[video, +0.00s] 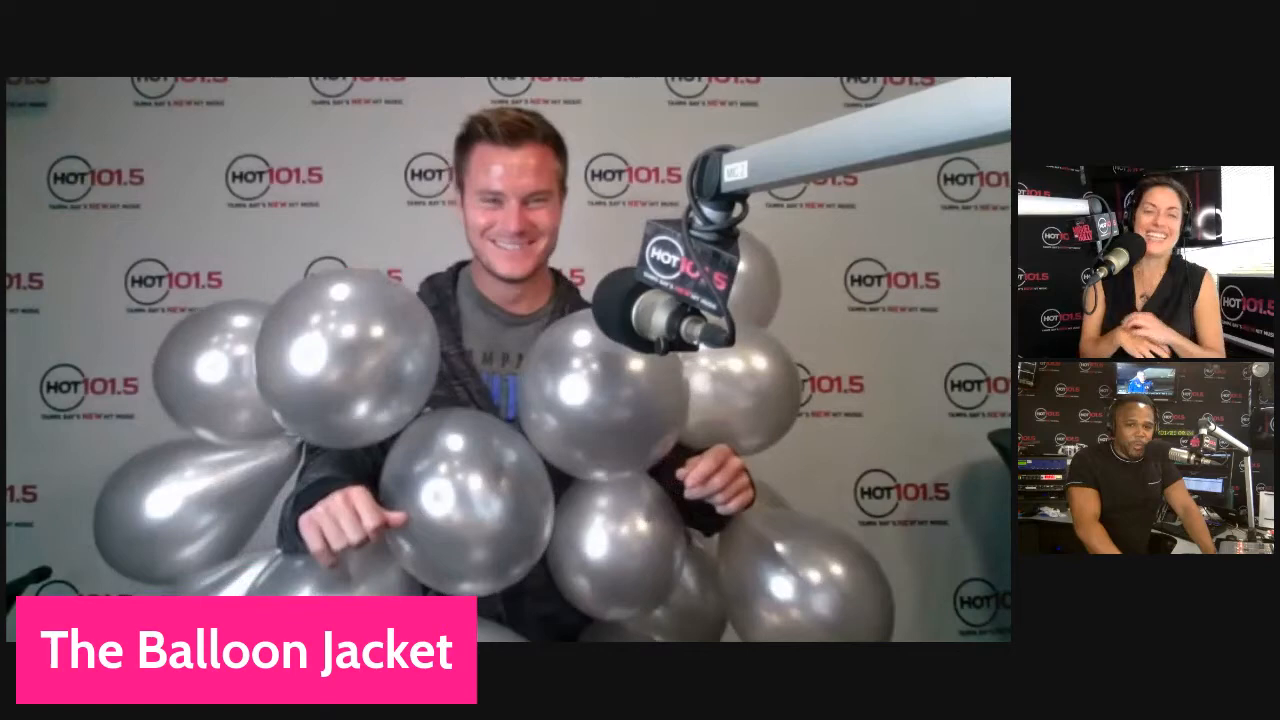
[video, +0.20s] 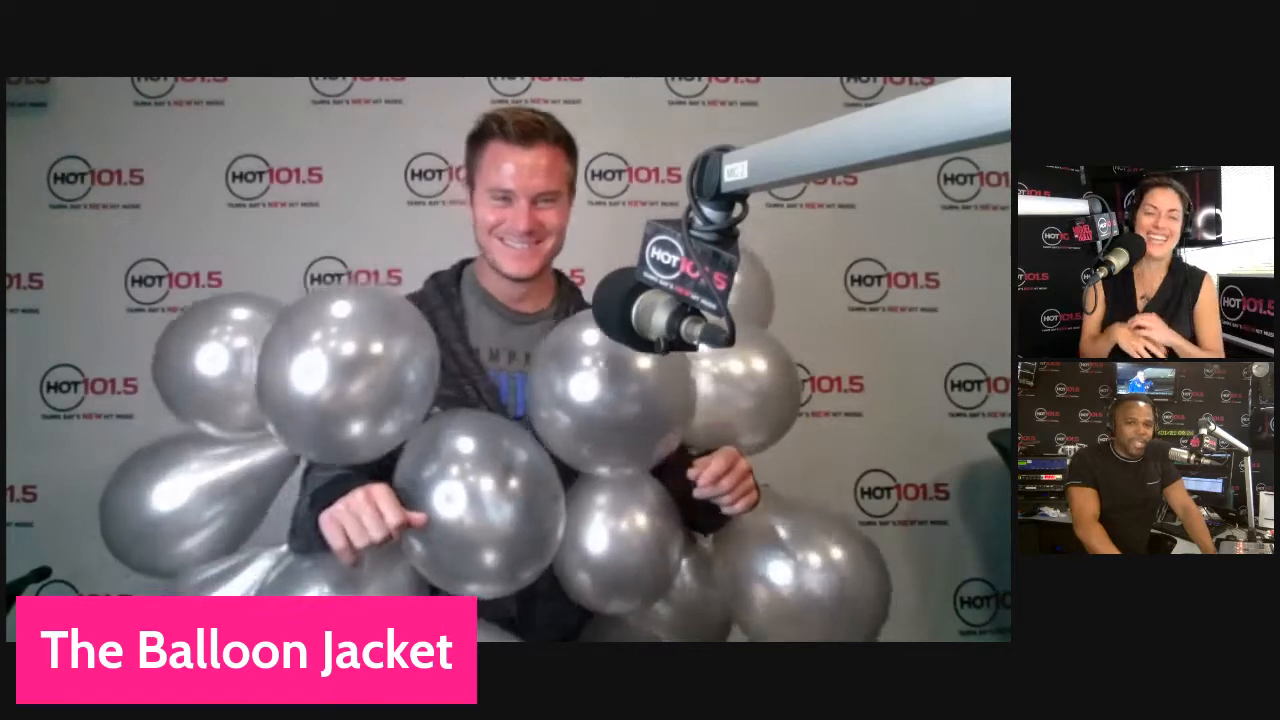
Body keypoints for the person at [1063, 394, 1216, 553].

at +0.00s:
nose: (1141, 433)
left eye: (1147, 426)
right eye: (1131, 425)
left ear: (1153, 430)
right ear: (1113, 429)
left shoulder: (1157, 457)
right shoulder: (1087, 461)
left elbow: (1187, 508)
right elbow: (1087, 525)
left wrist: (1211, 552)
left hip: (1142, 554)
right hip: (1100, 554)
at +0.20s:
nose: (1141, 431)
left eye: (1147, 424)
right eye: (1131, 423)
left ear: (1154, 429)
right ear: (1113, 428)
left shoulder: (1157, 458)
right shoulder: (1087, 461)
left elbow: (1186, 509)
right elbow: (1086, 525)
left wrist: (1211, 552)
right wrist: (1120, 561)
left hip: (1141, 555)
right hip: (1097, 556)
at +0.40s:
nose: (1142, 430)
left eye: (1148, 423)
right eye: (1131, 422)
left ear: (1154, 428)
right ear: (1113, 427)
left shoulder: (1157, 458)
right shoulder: (1087, 461)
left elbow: (1186, 508)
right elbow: (1086, 525)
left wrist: (1210, 552)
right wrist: (1120, 560)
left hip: (1141, 555)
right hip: (1097, 556)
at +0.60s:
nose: (1142, 434)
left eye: (1149, 427)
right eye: (1132, 426)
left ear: (1155, 430)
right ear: (1113, 430)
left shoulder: (1157, 457)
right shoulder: (1087, 460)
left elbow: (1184, 509)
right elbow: (1086, 524)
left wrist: (1211, 552)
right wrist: (1121, 560)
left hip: (1141, 555)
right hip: (1096, 557)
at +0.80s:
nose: (1143, 433)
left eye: (1149, 426)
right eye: (1133, 426)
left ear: (1155, 429)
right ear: (1112, 429)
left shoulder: (1156, 457)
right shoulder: (1087, 460)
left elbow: (1184, 509)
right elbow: (1086, 524)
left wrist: (1210, 551)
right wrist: (1120, 559)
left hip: (1141, 555)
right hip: (1098, 555)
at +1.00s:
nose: (1144, 432)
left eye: (1150, 425)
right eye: (1134, 423)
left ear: (1155, 430)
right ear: (1113, 428)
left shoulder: (1156, 457)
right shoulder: (1087, 459)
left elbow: (1184, 509)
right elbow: (1085, 525)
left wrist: (1210, 552)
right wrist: (1120, 561)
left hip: (1140, 555)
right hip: (1095, 557)